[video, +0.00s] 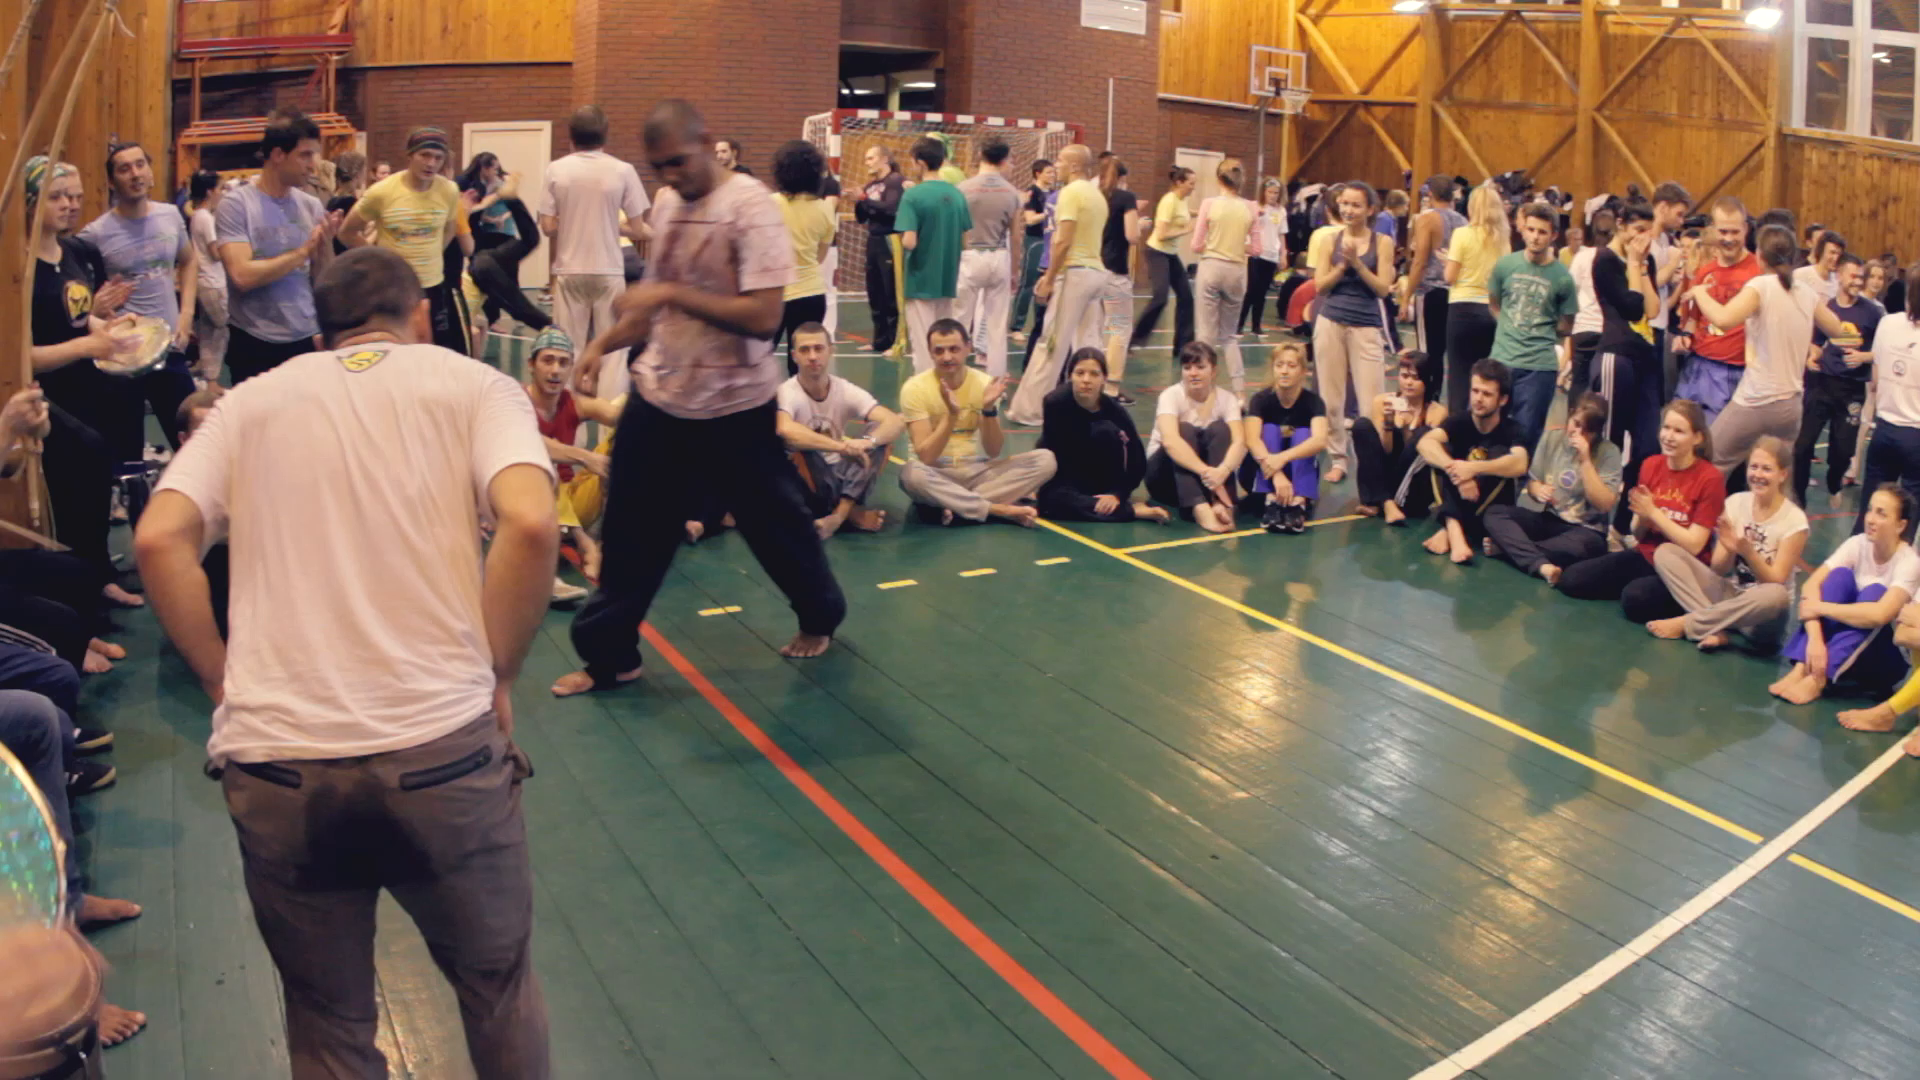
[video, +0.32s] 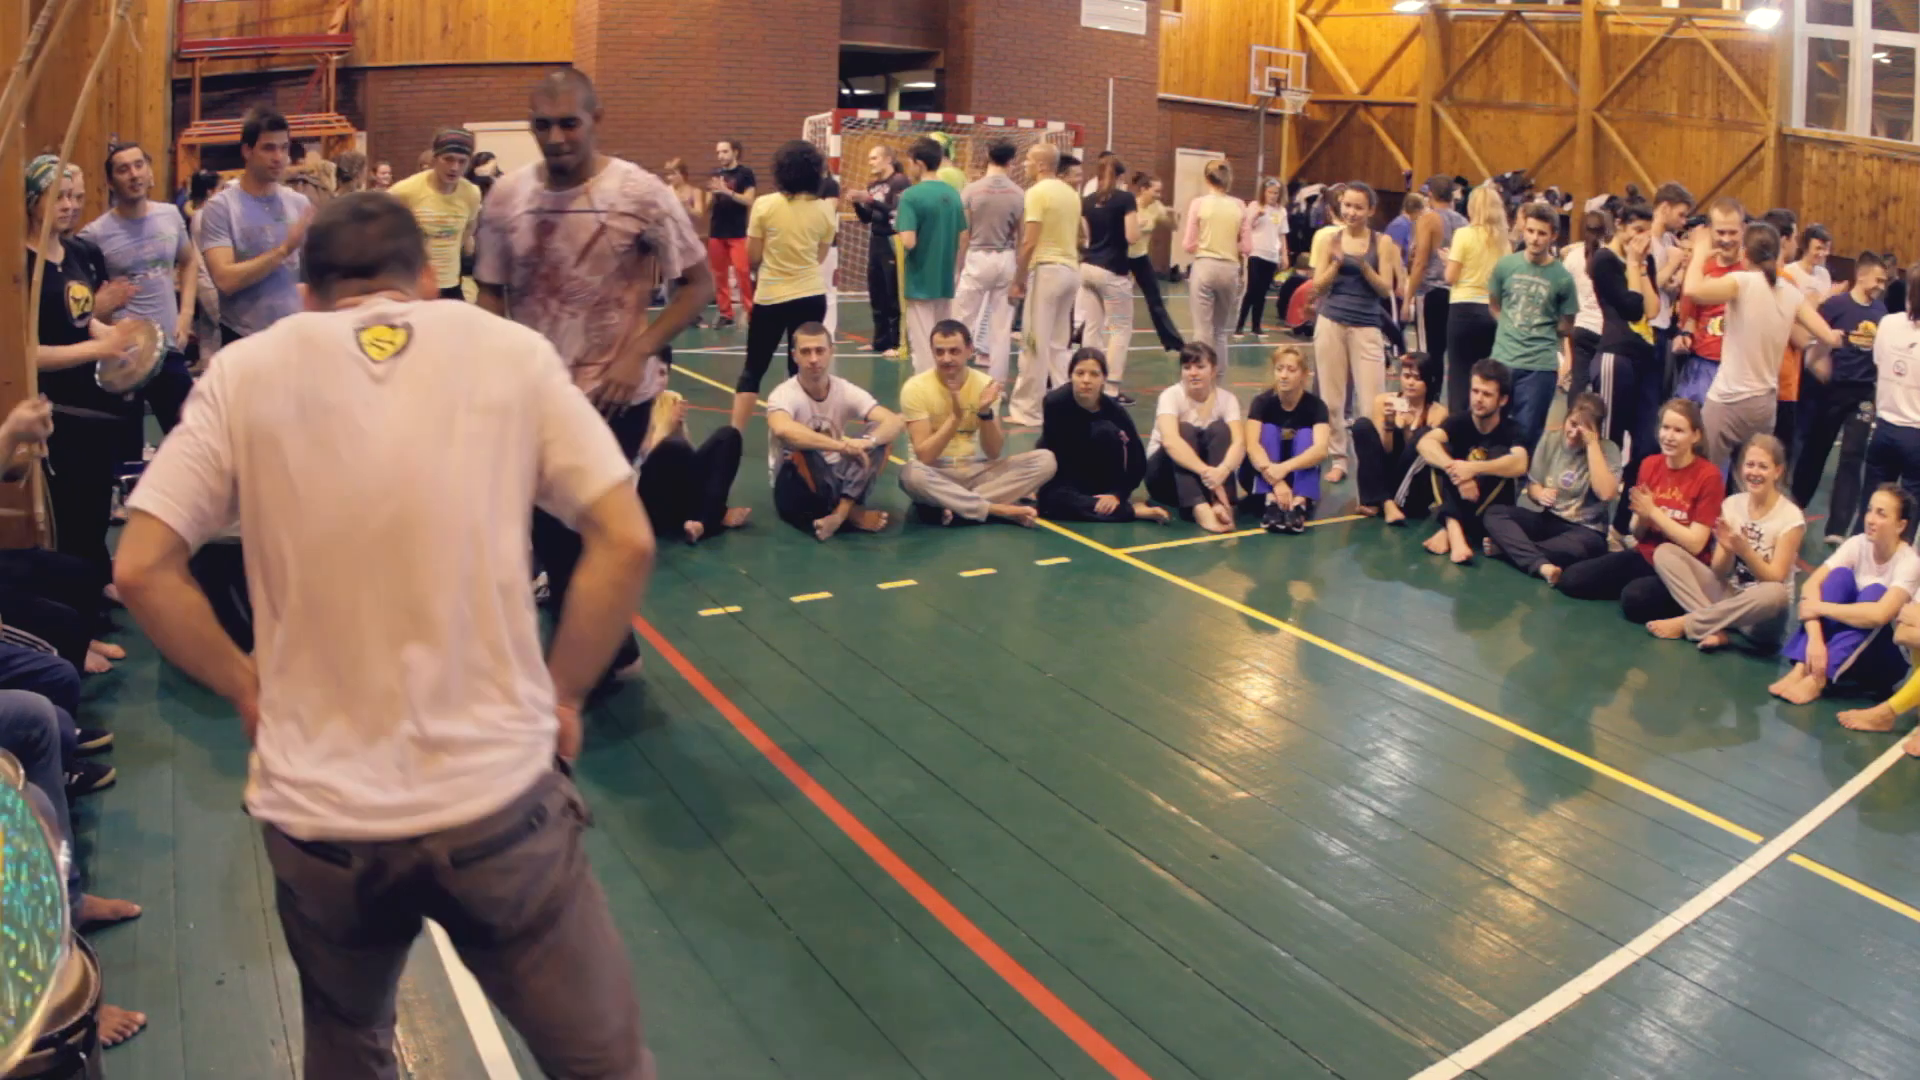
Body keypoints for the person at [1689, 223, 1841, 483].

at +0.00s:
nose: (1755, 255)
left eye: (1756, 250)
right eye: (1757, 250)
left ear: (1760, 256)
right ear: (1792, 256)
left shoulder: (1760, 287)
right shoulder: (1805, 292)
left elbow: (1724, 319)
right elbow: (1835, 329)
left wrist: (1698, 292)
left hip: (1754, 402)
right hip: (1791, 403)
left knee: (1707, 466)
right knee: (1782, 482)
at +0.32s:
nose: (1737, 248)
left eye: (1740, 244)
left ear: (1745, 254)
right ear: (1778, 255)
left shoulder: (1740, 282)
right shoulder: (1791, 293)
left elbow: (1693, 289)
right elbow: (1829, 337)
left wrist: (1700, 249)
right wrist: (1835, 337)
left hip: (1728, 398)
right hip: (1766, 399)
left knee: (1710, 479)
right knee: (1754, 485)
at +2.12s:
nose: (1717, 253)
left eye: (1717, 247)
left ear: (1721, 250)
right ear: (1752, 249)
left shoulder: (1723, 276)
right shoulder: (1770, 285)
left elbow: (1679, 295)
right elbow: (1788, 348)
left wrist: (1693, 251)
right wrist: (1768, 393)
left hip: (1717, 391)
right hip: (1754, 391)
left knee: (1704, 477)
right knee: (1737, 478)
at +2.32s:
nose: (1711, 249)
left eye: (1711, 245)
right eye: (1712, 244)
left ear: (1716, 248)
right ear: (1746, 247)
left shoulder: (1721, 276)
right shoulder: (1768, 285)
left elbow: (1676, 299)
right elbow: (1784, 348)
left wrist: (1688, 255)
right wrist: (1767, 396)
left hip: (1718, 392)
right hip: (1755, 392)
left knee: (1705, 477)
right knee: (1738, 478)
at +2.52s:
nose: (1706, 252)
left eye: (1708, 246)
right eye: (1707, 246)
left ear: (1714, 249)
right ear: (1743, 248)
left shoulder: (1717, 279)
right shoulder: (1764, 283)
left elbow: (1691, 330)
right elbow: (1772, 343)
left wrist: (1679, 297)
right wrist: (1761, 383)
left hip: (1719, 391)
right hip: (1755, 391)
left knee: (1706, 476)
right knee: (1738, 476)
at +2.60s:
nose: (1705, 252)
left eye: (1707, 246)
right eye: (1707, 246)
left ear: (1714, 250)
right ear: (1743, 248)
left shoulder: (1714, 279)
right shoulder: (1764, 284)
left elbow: (1701, 337)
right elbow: (1773, 344)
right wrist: (1758, 377)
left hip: (1718, 390)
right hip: (1755, 391)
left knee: (1706, 476)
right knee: (1738, 476)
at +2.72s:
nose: (1705, 250)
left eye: (1706, 245)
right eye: (1706, 245)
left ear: (1712, 249)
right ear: (1743, 249)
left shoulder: (1709, 280)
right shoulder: (1763, 283)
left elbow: (1704, 343)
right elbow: (1775, 345)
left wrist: (1691, 382)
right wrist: (1756, 372)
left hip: (1715, 390)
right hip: (1754, 388)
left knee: (1705, 476)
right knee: (1738, 476)